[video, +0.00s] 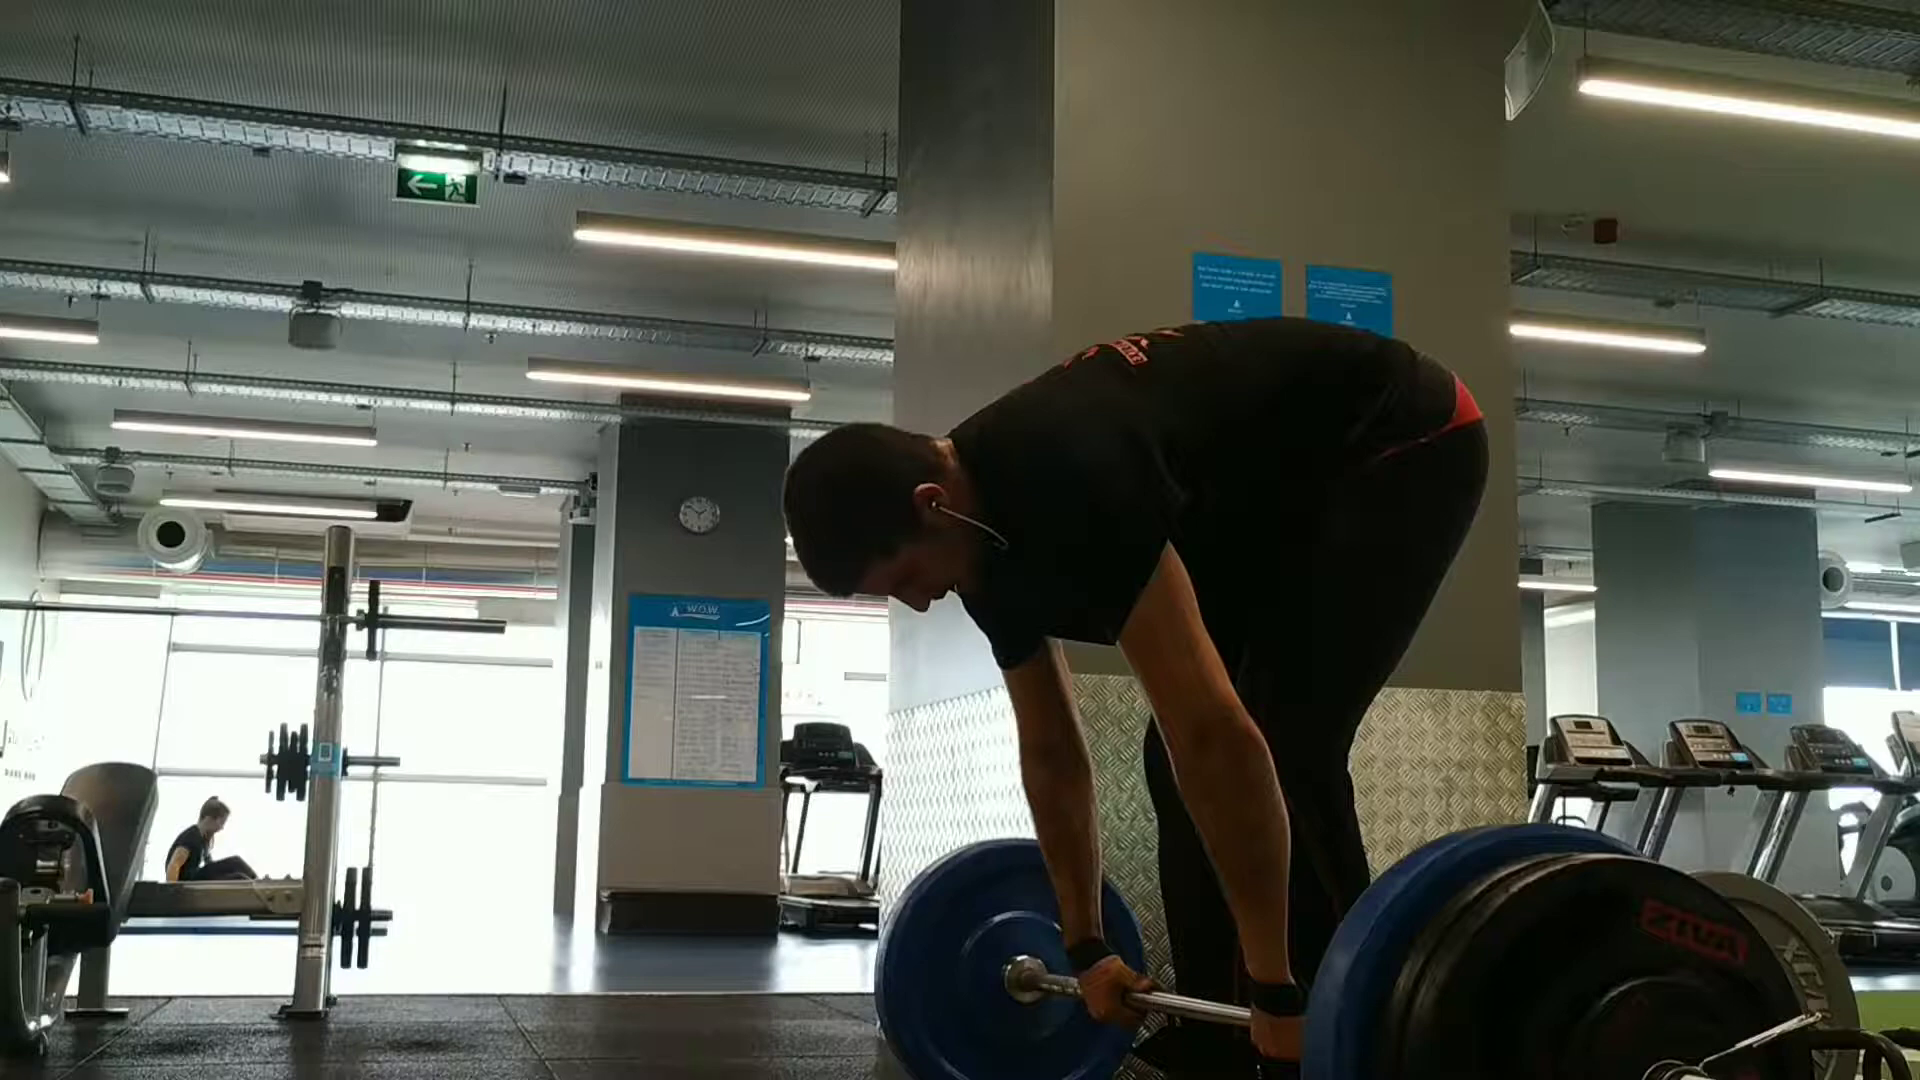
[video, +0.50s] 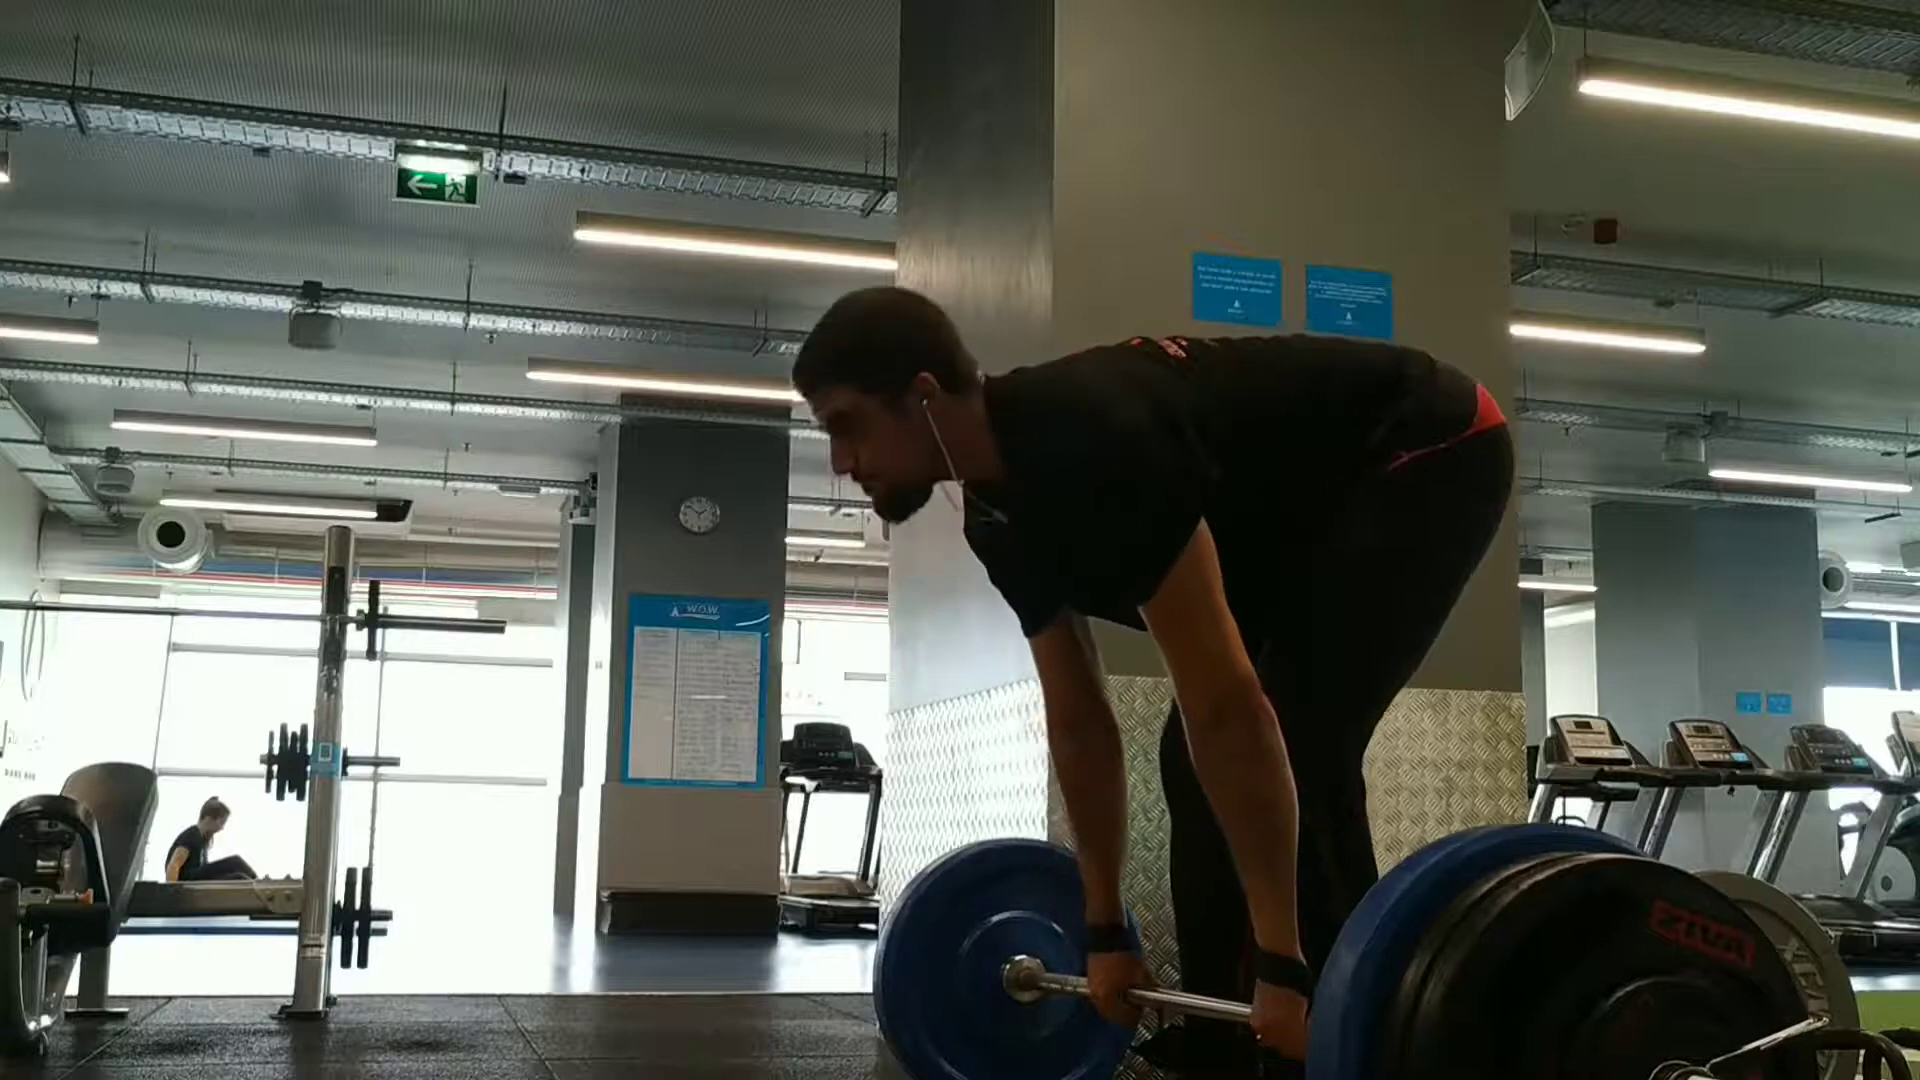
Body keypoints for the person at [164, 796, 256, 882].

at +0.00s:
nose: (222, 828)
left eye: (223, 823)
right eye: (221, 822)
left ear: (209, 819)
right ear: (208, 818)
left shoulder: (204, 837)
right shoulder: (192, 836)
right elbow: (174, 866)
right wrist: (171, 891)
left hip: (194, 877)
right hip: (186, 881)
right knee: (234, 862)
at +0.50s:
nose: (222, 828)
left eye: (223, 824)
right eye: (221, 822)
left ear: (209, 819)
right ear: (208, 818)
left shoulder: (203, 838)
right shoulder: (193, 835)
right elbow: (173, 866)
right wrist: (171, 891)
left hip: (195, 877)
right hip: (186, 879)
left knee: (237, 877)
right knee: (234, 861)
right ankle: (258, 885)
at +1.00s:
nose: (219, 827)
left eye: (221, 823)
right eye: (219, 822)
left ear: (207, 819)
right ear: (207, 818)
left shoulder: (198, 837)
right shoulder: (191, 836)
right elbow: (174, 867)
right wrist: (170, 893)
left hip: (193, 877)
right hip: (185, 879)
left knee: (238, 877)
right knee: (235, 860)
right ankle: (259, 885)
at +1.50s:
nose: (215, 827)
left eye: (217, 823)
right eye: (215, 822)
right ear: (206, 818)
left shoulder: (196, 836)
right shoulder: (189, 836)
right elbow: (172, 866)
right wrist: (171, 891)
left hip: (192, 876)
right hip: (186, 879)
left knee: (235, 869)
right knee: (237, 862)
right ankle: (259, 886)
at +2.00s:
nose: (215, 822)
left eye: (216, 819)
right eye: (215, 818)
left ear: (198, 811)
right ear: (210, 816)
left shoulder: (188, 831)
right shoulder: (194, 833)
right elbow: (181, 867)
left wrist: (170, 891)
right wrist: (171, 892)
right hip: (191, 878)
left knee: (237, 871)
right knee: (238, 871)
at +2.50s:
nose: (214, 822)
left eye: (215, 819)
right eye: (214, 818)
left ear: (198, 811)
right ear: (209, 816)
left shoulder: (188, 831)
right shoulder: (192, 833)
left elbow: (179, 865)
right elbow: (179, 866)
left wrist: (172, 891)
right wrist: (172, 891)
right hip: (189, 879)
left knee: (236, 871)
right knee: (237, 872)